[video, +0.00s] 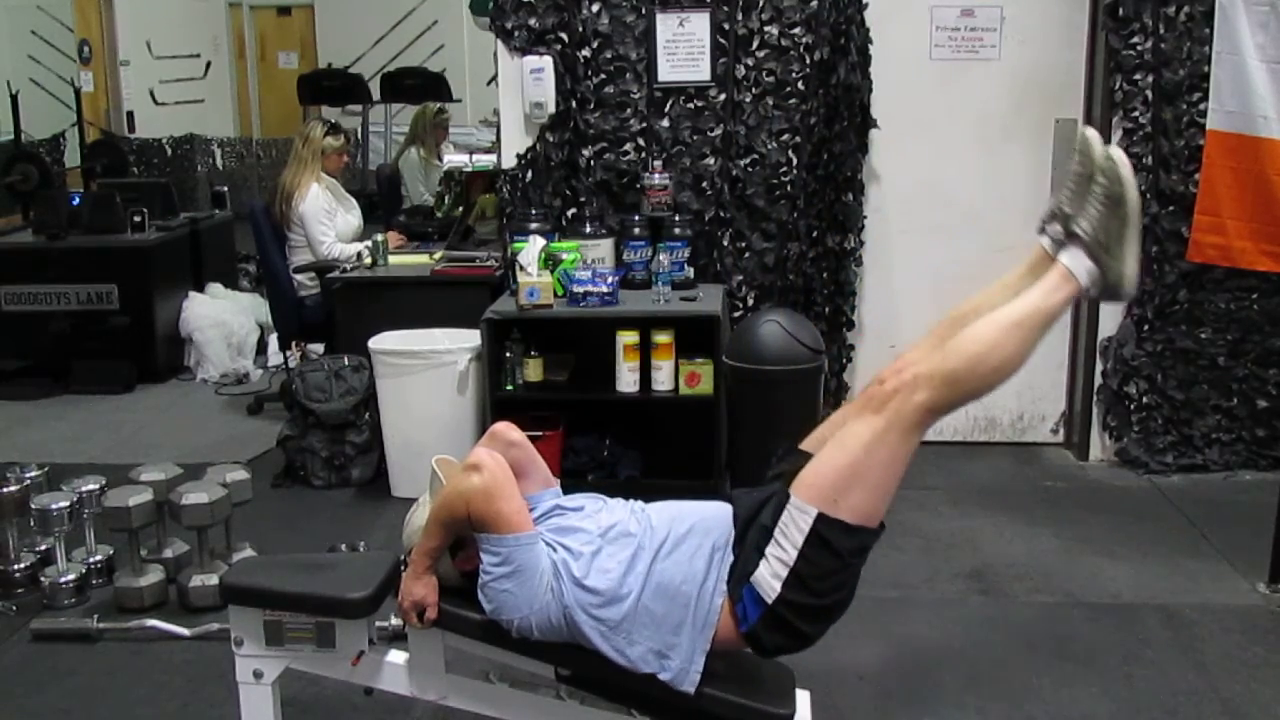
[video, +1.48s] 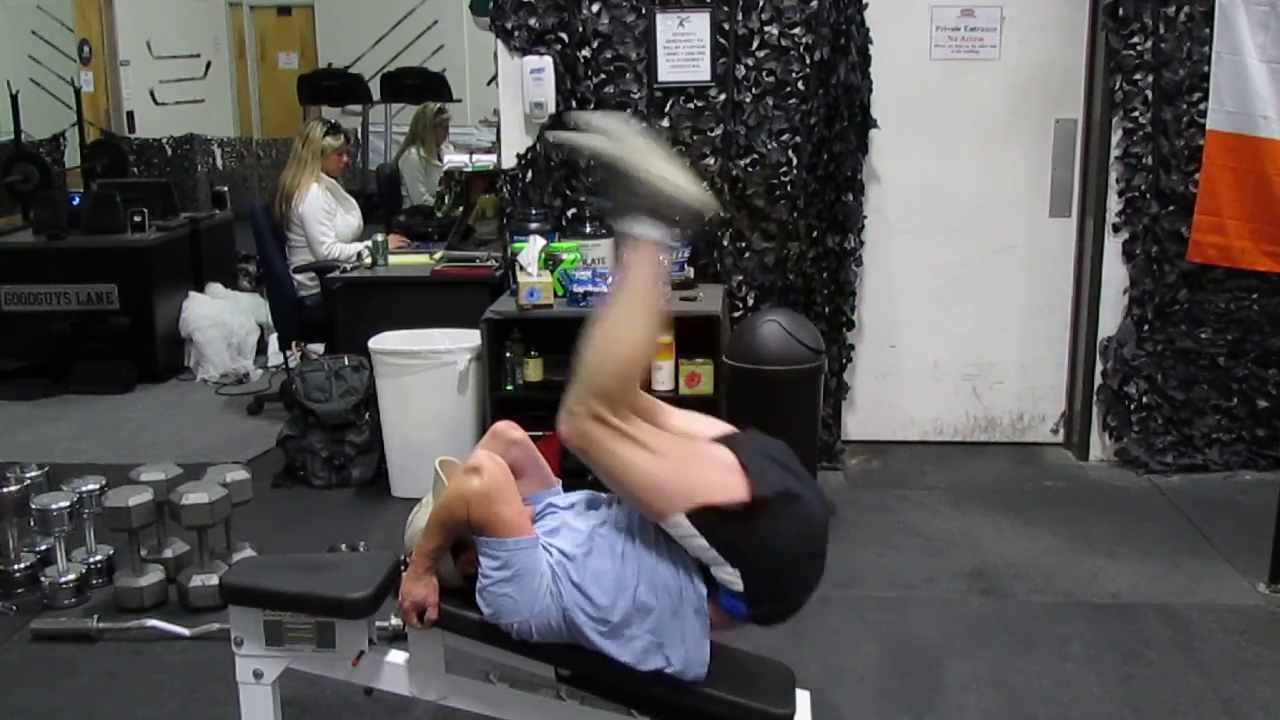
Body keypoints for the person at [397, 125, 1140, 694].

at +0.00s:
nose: (498, 471)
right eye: (484, 470)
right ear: (476, 511)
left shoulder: (546, 526)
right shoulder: (517, 578)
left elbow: (504, 442)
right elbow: (469, 475)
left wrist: (432, 541)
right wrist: (423, 553)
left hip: (743, 534)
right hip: (758, 590)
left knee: (898, 384)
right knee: (901, 396)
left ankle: (1061, 251)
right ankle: (1080, 266)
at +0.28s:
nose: (518, 457)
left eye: (520, 451)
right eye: (500, 458)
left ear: (523, 478)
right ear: (482, 499)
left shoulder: (555, 522)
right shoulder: (513, 580)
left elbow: (513, 440)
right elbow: (471, 473)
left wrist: (445, 518)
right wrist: (423, 558)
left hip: (751, 538)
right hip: (754, 599)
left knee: (921, 405)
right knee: (925, 416)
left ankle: (1106, 306)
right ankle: (1124, 323)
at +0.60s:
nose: (518, 462)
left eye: (520, 457)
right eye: (503, 464)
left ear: (519, 485)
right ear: (487, 504)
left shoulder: (560, 522)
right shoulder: (516, 582)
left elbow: (516, 441)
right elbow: (471, 469)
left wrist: (452, 516)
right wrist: (422, 559)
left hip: (761, 558)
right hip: (759, 610)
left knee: (915, 404)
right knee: (913, 418)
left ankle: (1119, 426)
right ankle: (1121, 447)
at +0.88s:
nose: (525, 471)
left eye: (523, 463)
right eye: (501, 477)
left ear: (524, 491)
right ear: (491, 512)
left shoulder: (565, 520)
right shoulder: (521, 584)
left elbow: (507, 431)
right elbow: (470, 474)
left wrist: (448, 524)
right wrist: (422, 557)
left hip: (775, 578)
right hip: (766, 625)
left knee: (852, 389)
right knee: (834, 400)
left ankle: (995, 521)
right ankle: (996, 527)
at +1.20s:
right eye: (477, 497)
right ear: (476, 558)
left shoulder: (552, 516)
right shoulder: (519, 593)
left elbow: (507, 437)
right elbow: (475, 475)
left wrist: (465, 526)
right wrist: (423, 563)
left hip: (769, 572)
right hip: (759, 622)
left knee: (677, 390)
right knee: (667, 422)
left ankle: (866, 427)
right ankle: (867, 447)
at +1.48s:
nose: (466, 468)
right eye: (461, 477)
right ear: (472, 557)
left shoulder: (549, 522)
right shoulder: (517, 589)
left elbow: (506, 437)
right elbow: (479, 482)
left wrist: (458, 519)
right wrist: (423, 563)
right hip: (763, 556)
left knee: (621, 405)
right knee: (586, 419)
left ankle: (652, 232)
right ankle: (644, 226)